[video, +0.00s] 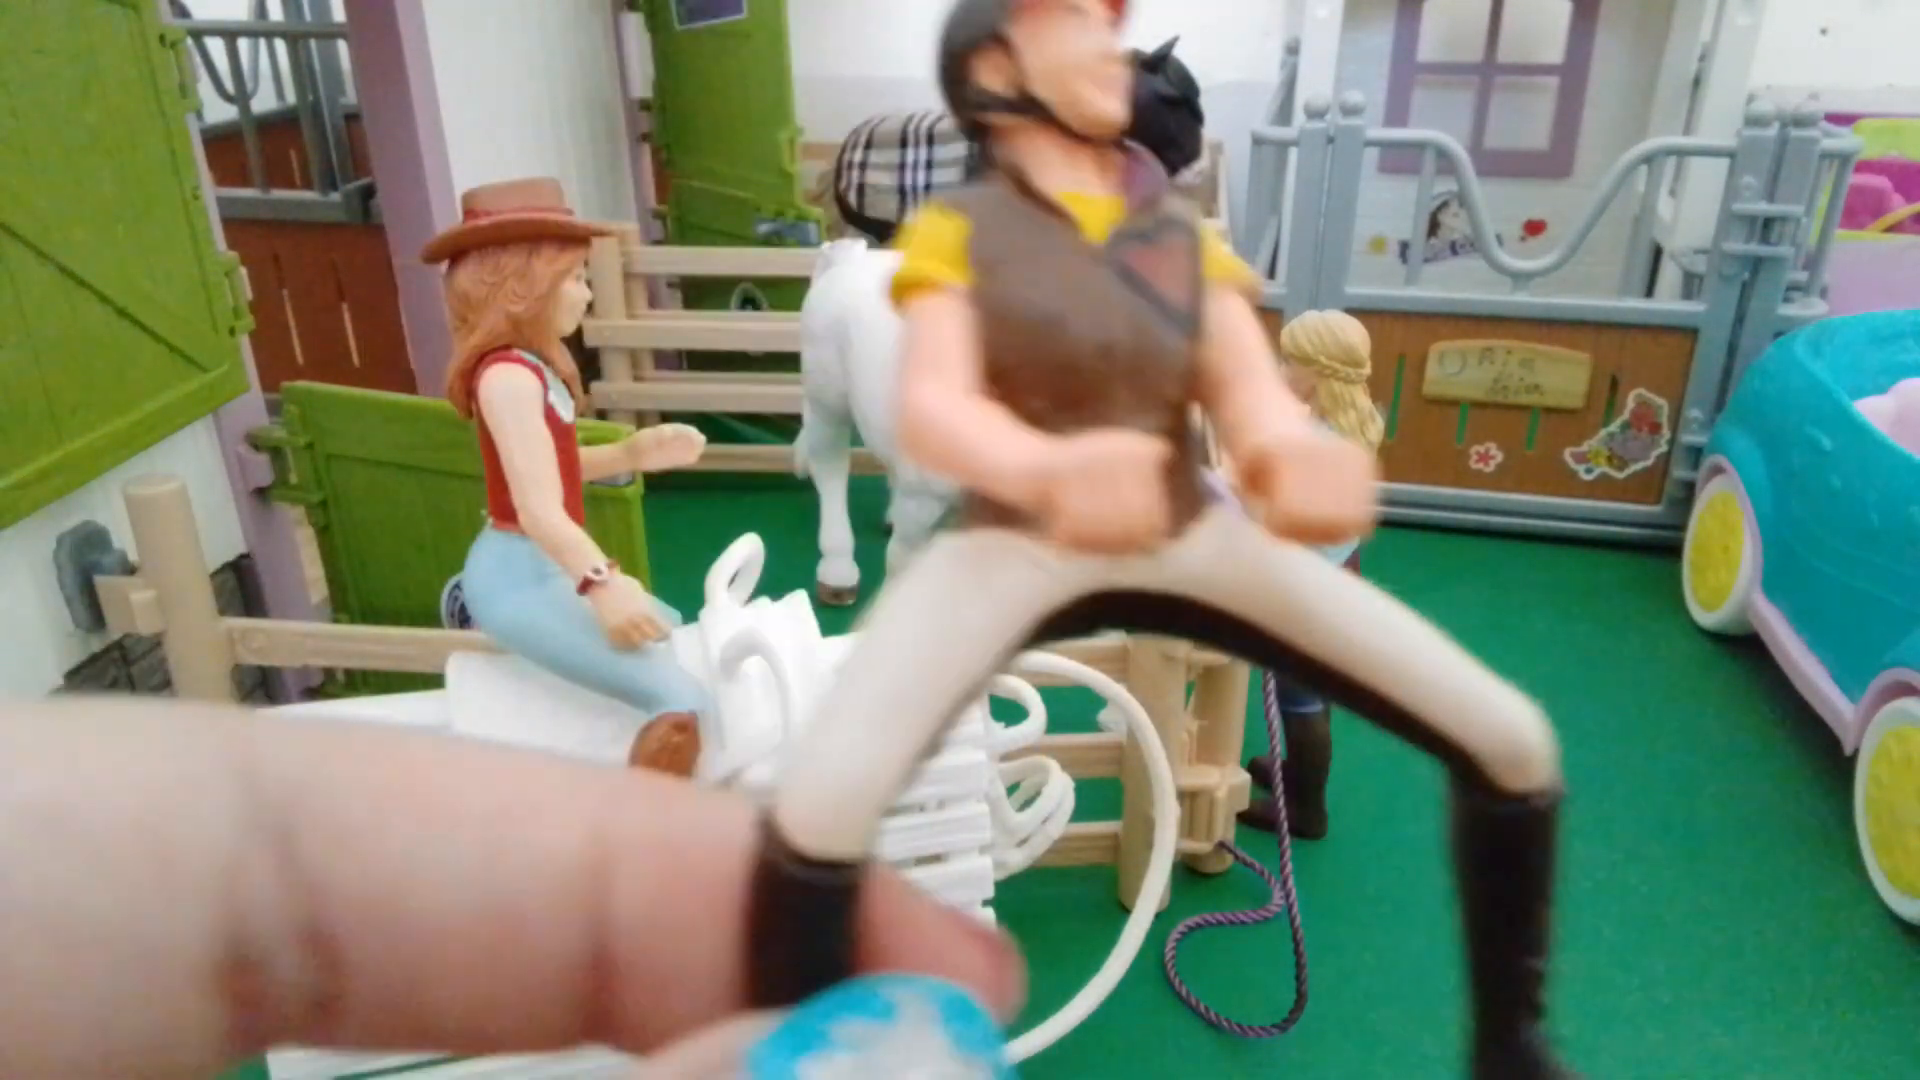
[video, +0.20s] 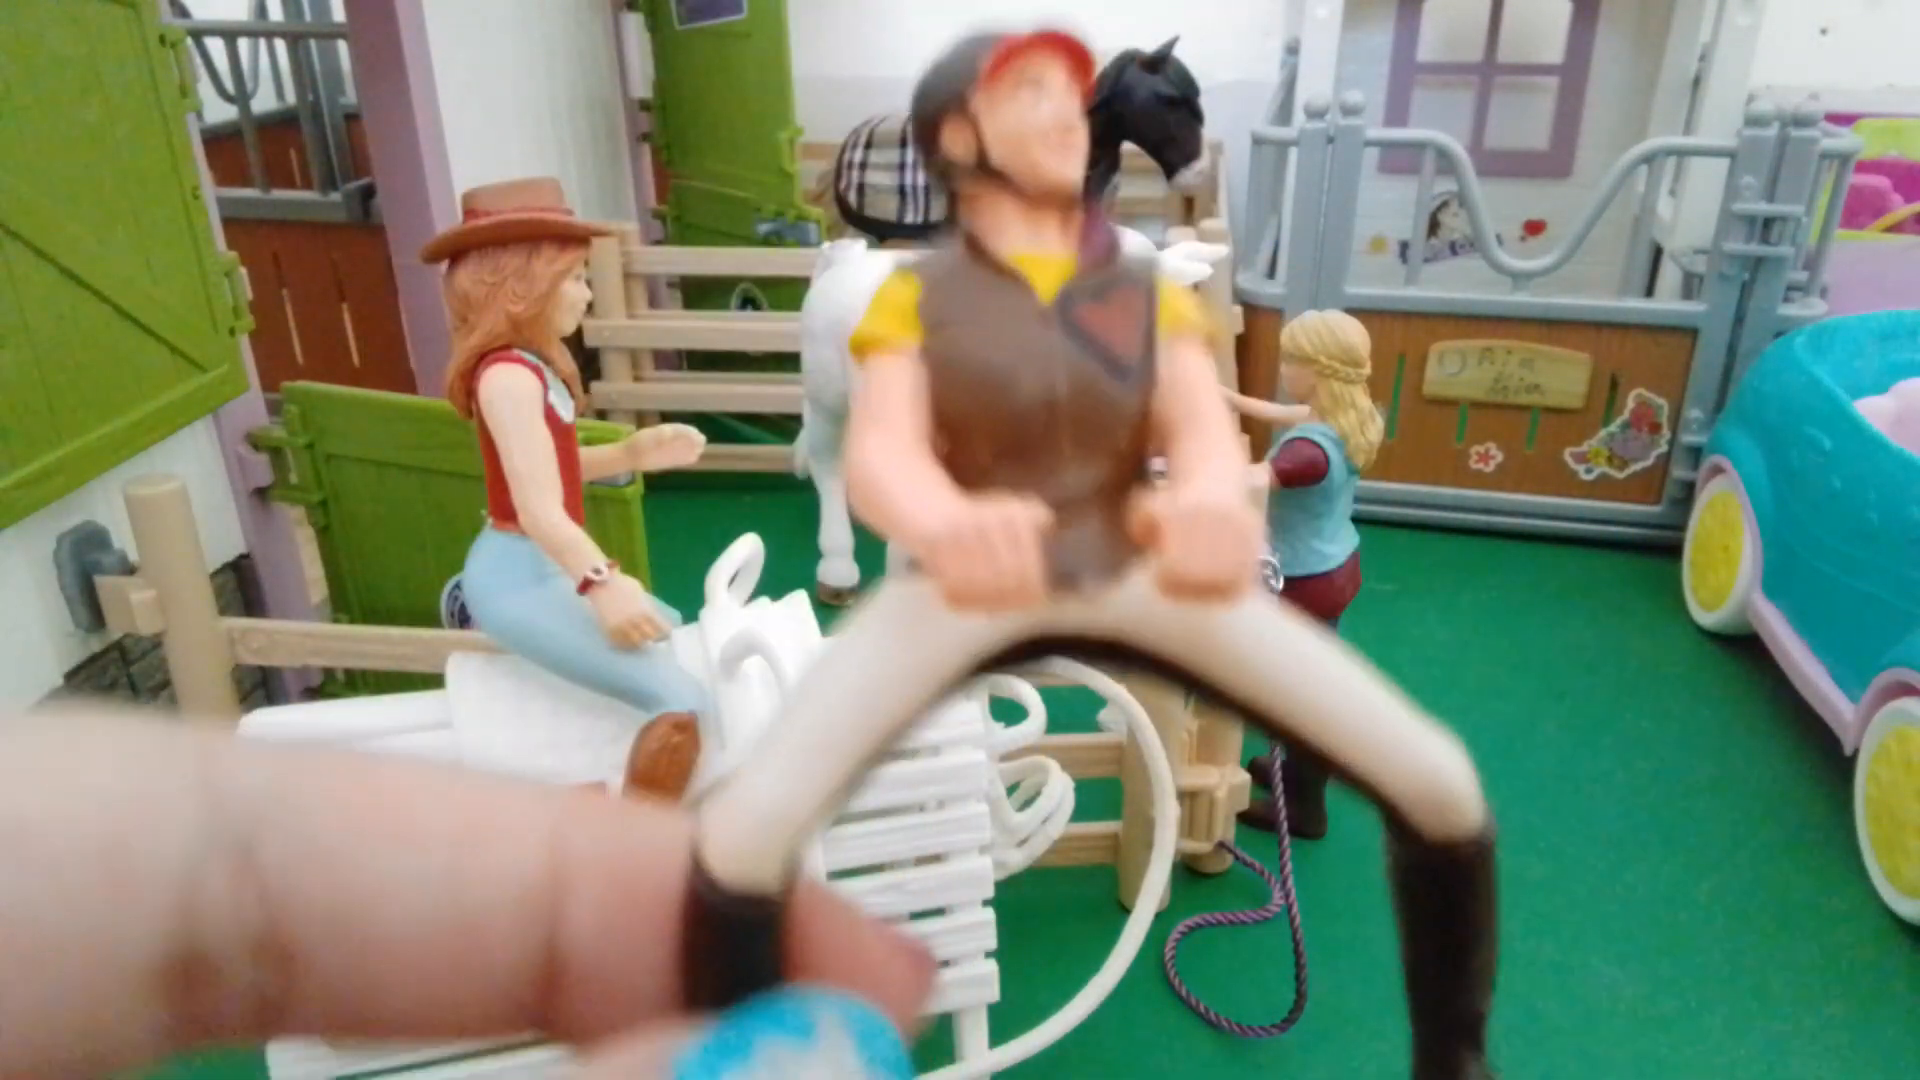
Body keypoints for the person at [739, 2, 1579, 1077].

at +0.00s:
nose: (1118, 29)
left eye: (1112, 14)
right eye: (1080, 14)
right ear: (993, 63)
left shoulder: (1182, 233)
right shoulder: (954, 226)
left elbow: (1250, 394)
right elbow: (930, 405)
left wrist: (1306, 464)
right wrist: (1052, 471)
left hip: (1191, 531)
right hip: (1013, 543)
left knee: (1512, 742)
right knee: (816, 813)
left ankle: (1512, 1050)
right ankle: (779, 1068)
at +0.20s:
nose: (1068, 109)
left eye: (1072, 89)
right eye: (1030, 90)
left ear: (1095, 117)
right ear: (959, 137)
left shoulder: (1148, 288)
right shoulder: (914, 292)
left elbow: (1205, 432)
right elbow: (878, 455)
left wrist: (1212, 509)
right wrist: (949, 525)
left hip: (1140, 574)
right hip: (960, 589)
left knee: (1441, 784)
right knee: (740, 832)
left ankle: (1452, 1065)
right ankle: (729, 1075)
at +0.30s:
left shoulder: (1064, 178)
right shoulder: (828, 217)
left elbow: (1134, 354)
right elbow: (796, 392)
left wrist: (1090, 446)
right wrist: (806, 489)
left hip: (1079, 512)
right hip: (902, 533)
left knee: (1399, 716)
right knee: (686, 842)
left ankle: (1470, 1045)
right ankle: (737, 1063)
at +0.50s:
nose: (959, 268)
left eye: (977, 246)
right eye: (935, 245)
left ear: (1004, 266)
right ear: (892, 267)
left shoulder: (1042, 430)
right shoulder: (828, 432)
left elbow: (1058, 592)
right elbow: (777, 595)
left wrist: (996, 705)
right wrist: (782, 702)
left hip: (991, 696)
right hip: (839, 698)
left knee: (1212, 955)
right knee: (598, 937)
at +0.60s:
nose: (954, 415)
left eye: (965, 390)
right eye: (922, 388)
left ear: (983, 405)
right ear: (866, 403)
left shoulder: (1008, 567)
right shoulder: (805, 539)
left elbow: (1014, 729)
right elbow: (745, 684)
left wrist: (955, 848)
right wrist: (741, 810)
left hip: (941, 816)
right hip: (796, 799)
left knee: (1086, 1065)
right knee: (551, 994)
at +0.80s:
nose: (909, 450)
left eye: (926, 429)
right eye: (882, 425)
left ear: (947, 448)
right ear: (835, 445)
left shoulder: (977, 603)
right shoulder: (780, 574)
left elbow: (974, 776)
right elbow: (716, 715)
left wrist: (875, 891)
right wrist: (681, 838)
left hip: (912, 851)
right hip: (770, 835)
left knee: (1020, 1069)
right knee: (532, 1012)